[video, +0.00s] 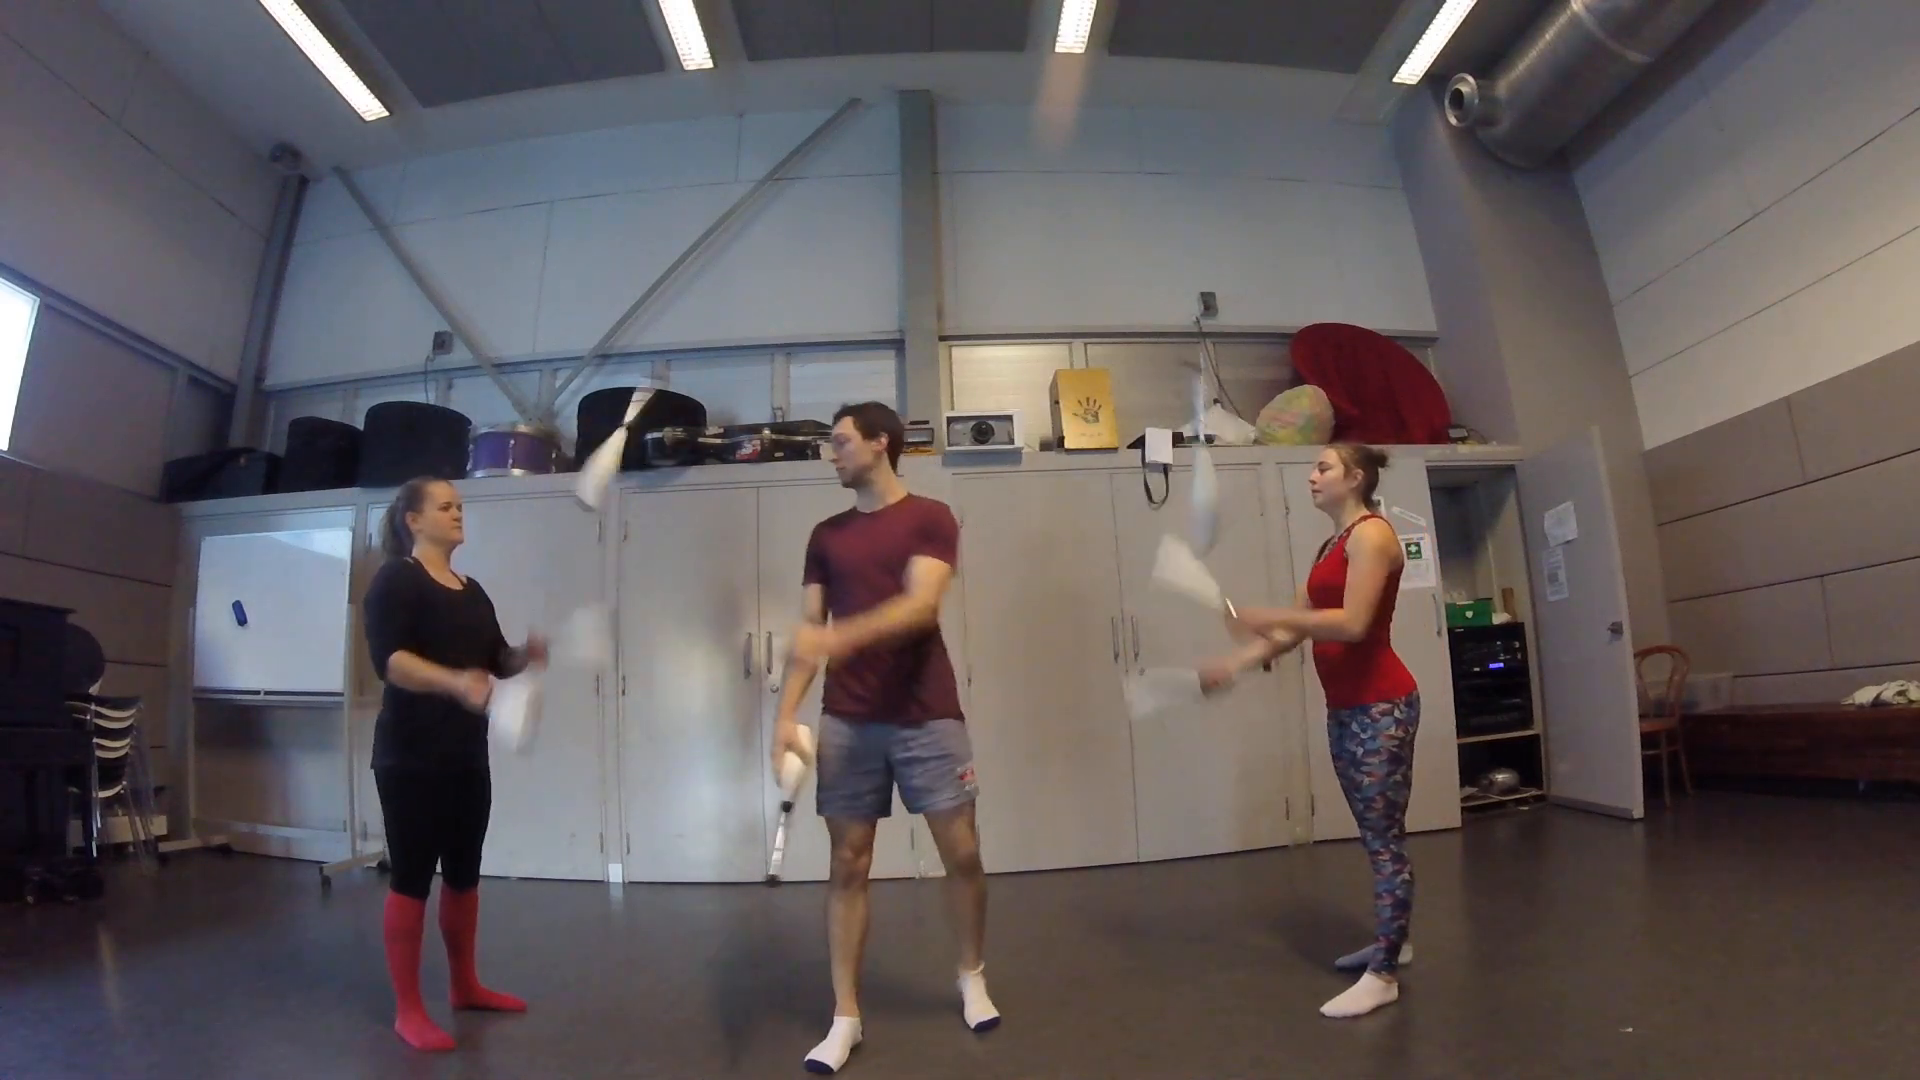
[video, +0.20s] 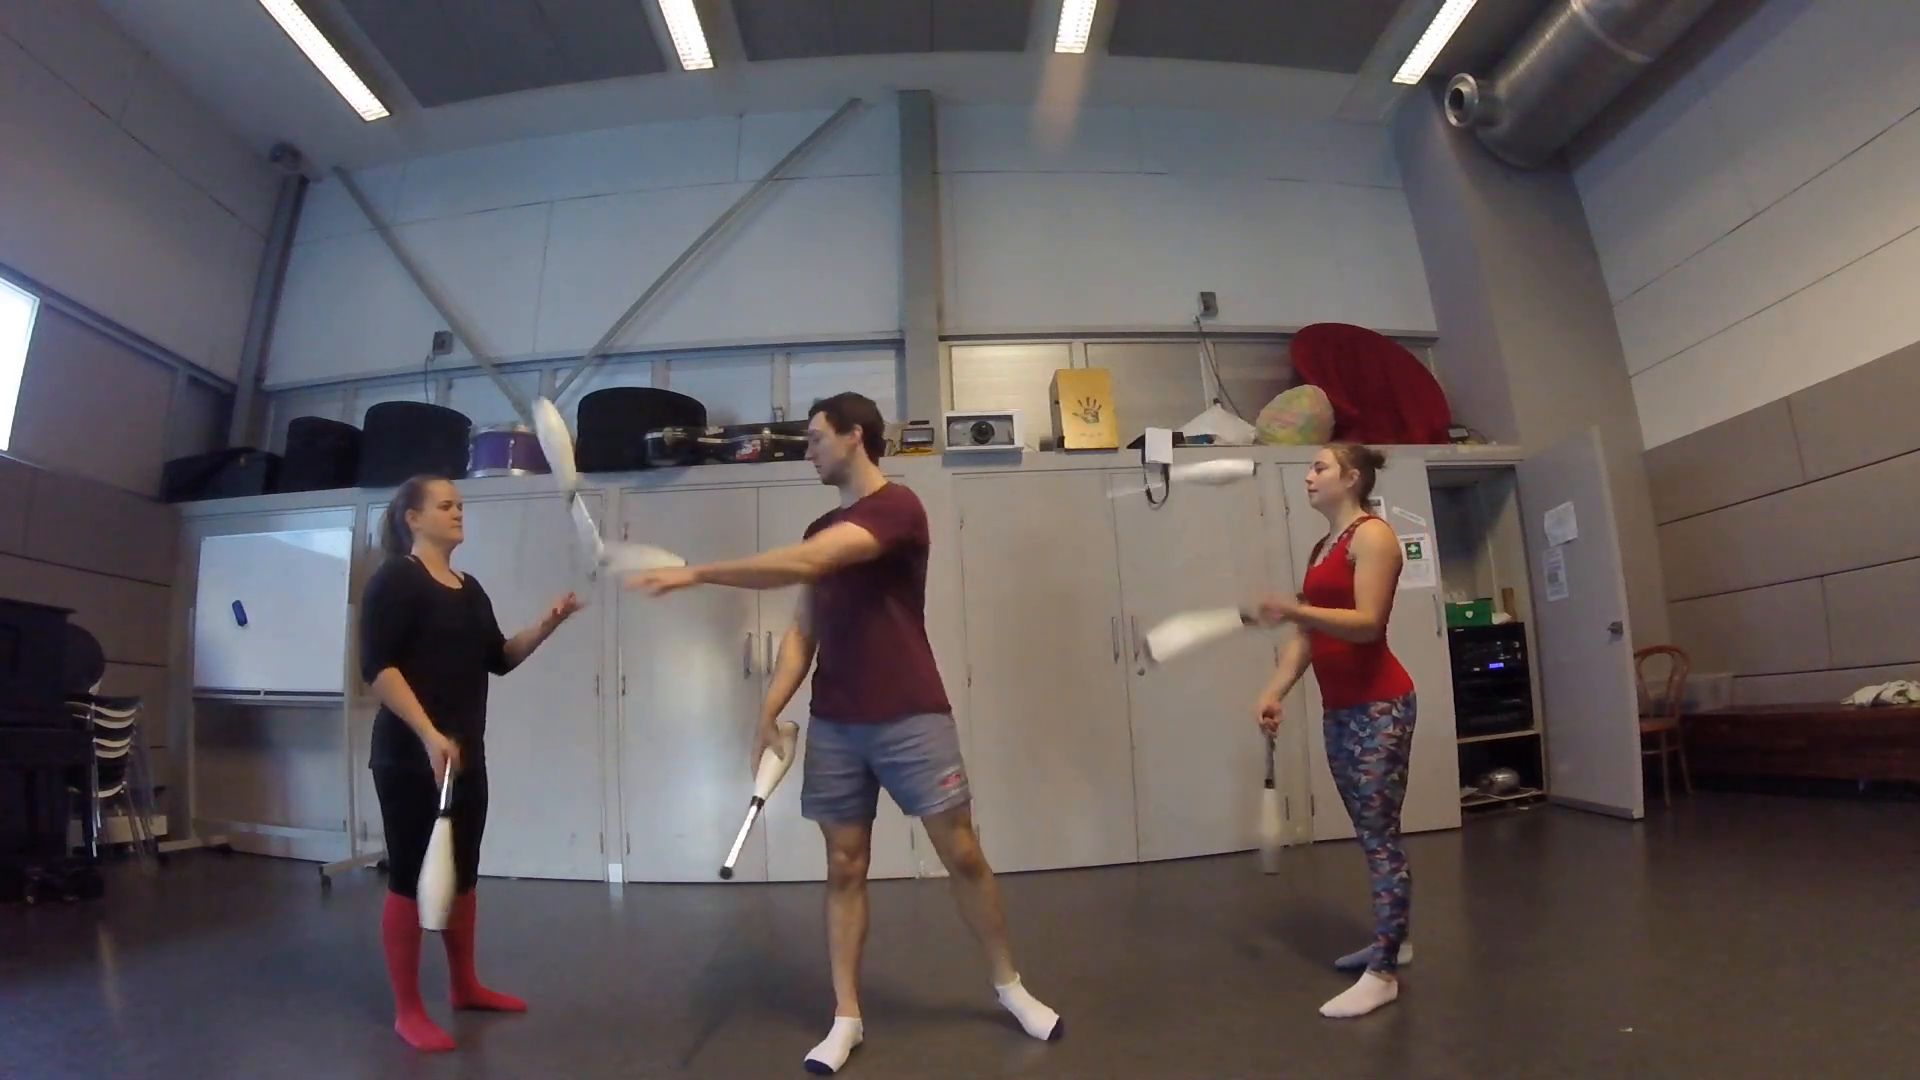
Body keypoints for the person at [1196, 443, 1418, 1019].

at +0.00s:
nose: (1313, 477)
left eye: (1324, 469)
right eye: (1313, 469)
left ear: (1358, 479)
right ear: (1343, 481)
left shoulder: (1373, 535)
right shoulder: (1338, 543)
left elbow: (1355, 622)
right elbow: (1301, 626)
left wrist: (1275, 619)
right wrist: (1238, 661)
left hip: (1380, 706)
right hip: (1350, 707)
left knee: (1383, 836)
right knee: (1377, 833)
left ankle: (1384, 975)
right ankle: (1394, 942)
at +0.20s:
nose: (1308, 477)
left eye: (1320, 469)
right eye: (1310, 468)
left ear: (1352, 479)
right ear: (1329, 480)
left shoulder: (1374, 536)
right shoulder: (1327, 547)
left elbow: (1369, 623)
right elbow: (1308, 632)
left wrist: (1296, 611)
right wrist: (1275, 689)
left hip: (1379, 706)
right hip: (1341, 708)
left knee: (1379, 834)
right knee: (1371, 831)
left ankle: (1382, 974)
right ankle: (1394, 940)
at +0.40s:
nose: (1312, 479)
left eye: (1323, 470)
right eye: (1313, 471)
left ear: (1356, 480)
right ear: (1333, 482)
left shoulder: (1378, 538)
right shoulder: (1328, 548)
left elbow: (1380, 626)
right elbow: (1295, 627)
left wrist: (1311, 646)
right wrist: (1236, 641)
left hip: (1379, 706)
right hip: (1342, 708)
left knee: (1378, 832)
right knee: (1371, 830)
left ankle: (1382, 969)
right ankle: (1392, 940)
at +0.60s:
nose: (1317, 481)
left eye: (1329, 472)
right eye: (1318, 472)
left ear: (1361, 481)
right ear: (1338, 482)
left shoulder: (1383, 539)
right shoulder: (1332, 551)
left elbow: (1384, 629)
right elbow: (1284, 615)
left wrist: (1329, 686)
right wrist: (1220, 584)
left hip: (1384, 700)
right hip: (1345, 703)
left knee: (1378, 828)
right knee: (1373, 826)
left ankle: (1381, 967)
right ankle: (1394, 937)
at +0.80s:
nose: (1324, 481)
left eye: (1336, 472)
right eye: (1324, 472)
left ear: (1369, 482)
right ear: (1351, 484)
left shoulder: (1385, 538)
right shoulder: (1348, 546)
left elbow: (1385, 627)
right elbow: (1310, 625)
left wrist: (1324, 681)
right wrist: (1237, 634)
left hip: (1392, 702)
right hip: (1358, 703)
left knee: (1379, 823)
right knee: (1373, 823)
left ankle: (1406, 954)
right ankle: (1394, 937)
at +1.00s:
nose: (1331, 477)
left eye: (1343, 467)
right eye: (1331, 468)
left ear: (1375, 479)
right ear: (1350, 482)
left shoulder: (1393, 535)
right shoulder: (1355, 543)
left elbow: (1368, 620)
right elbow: (1342, 631)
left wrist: (1286, 610)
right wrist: (1299, 674)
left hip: (1400, 703)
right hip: (1363, 703)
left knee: (1395, 825)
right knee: (1375, 824)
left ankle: (1416, 950)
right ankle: (1394, 935)